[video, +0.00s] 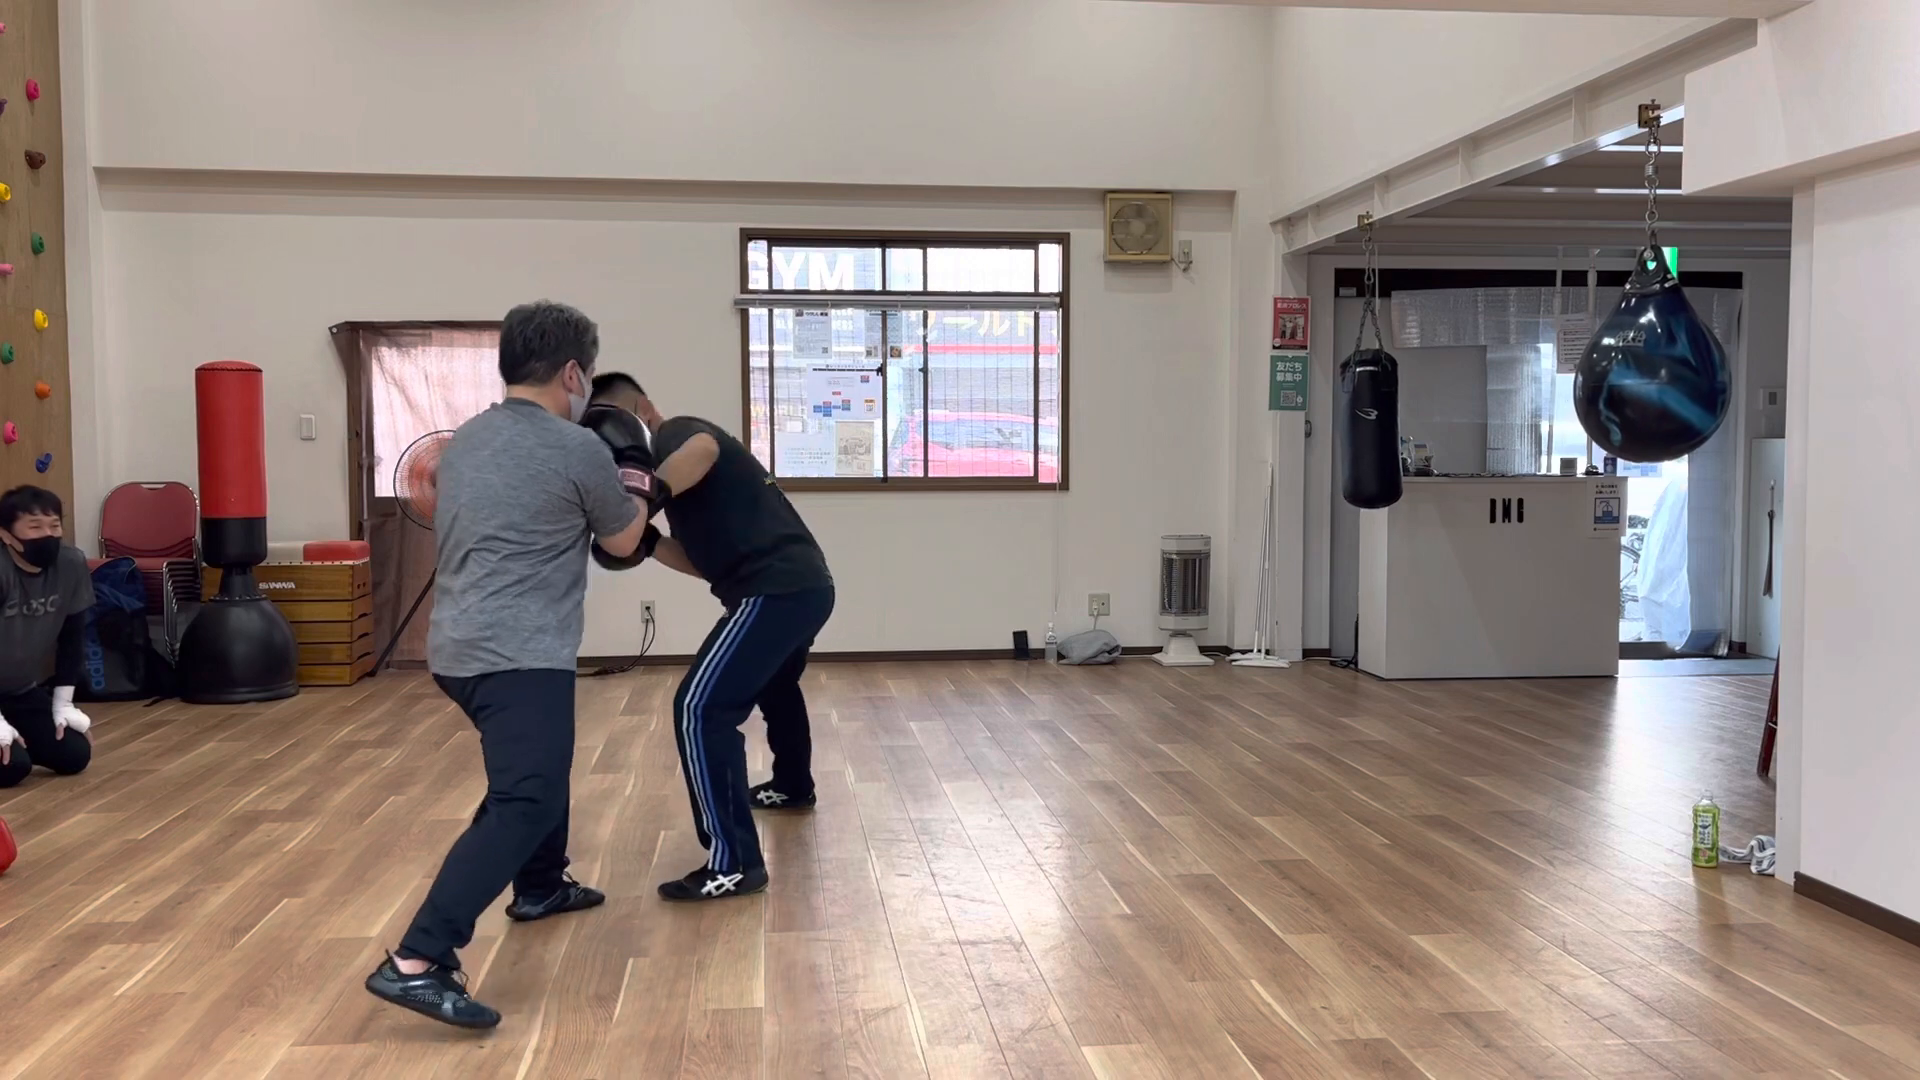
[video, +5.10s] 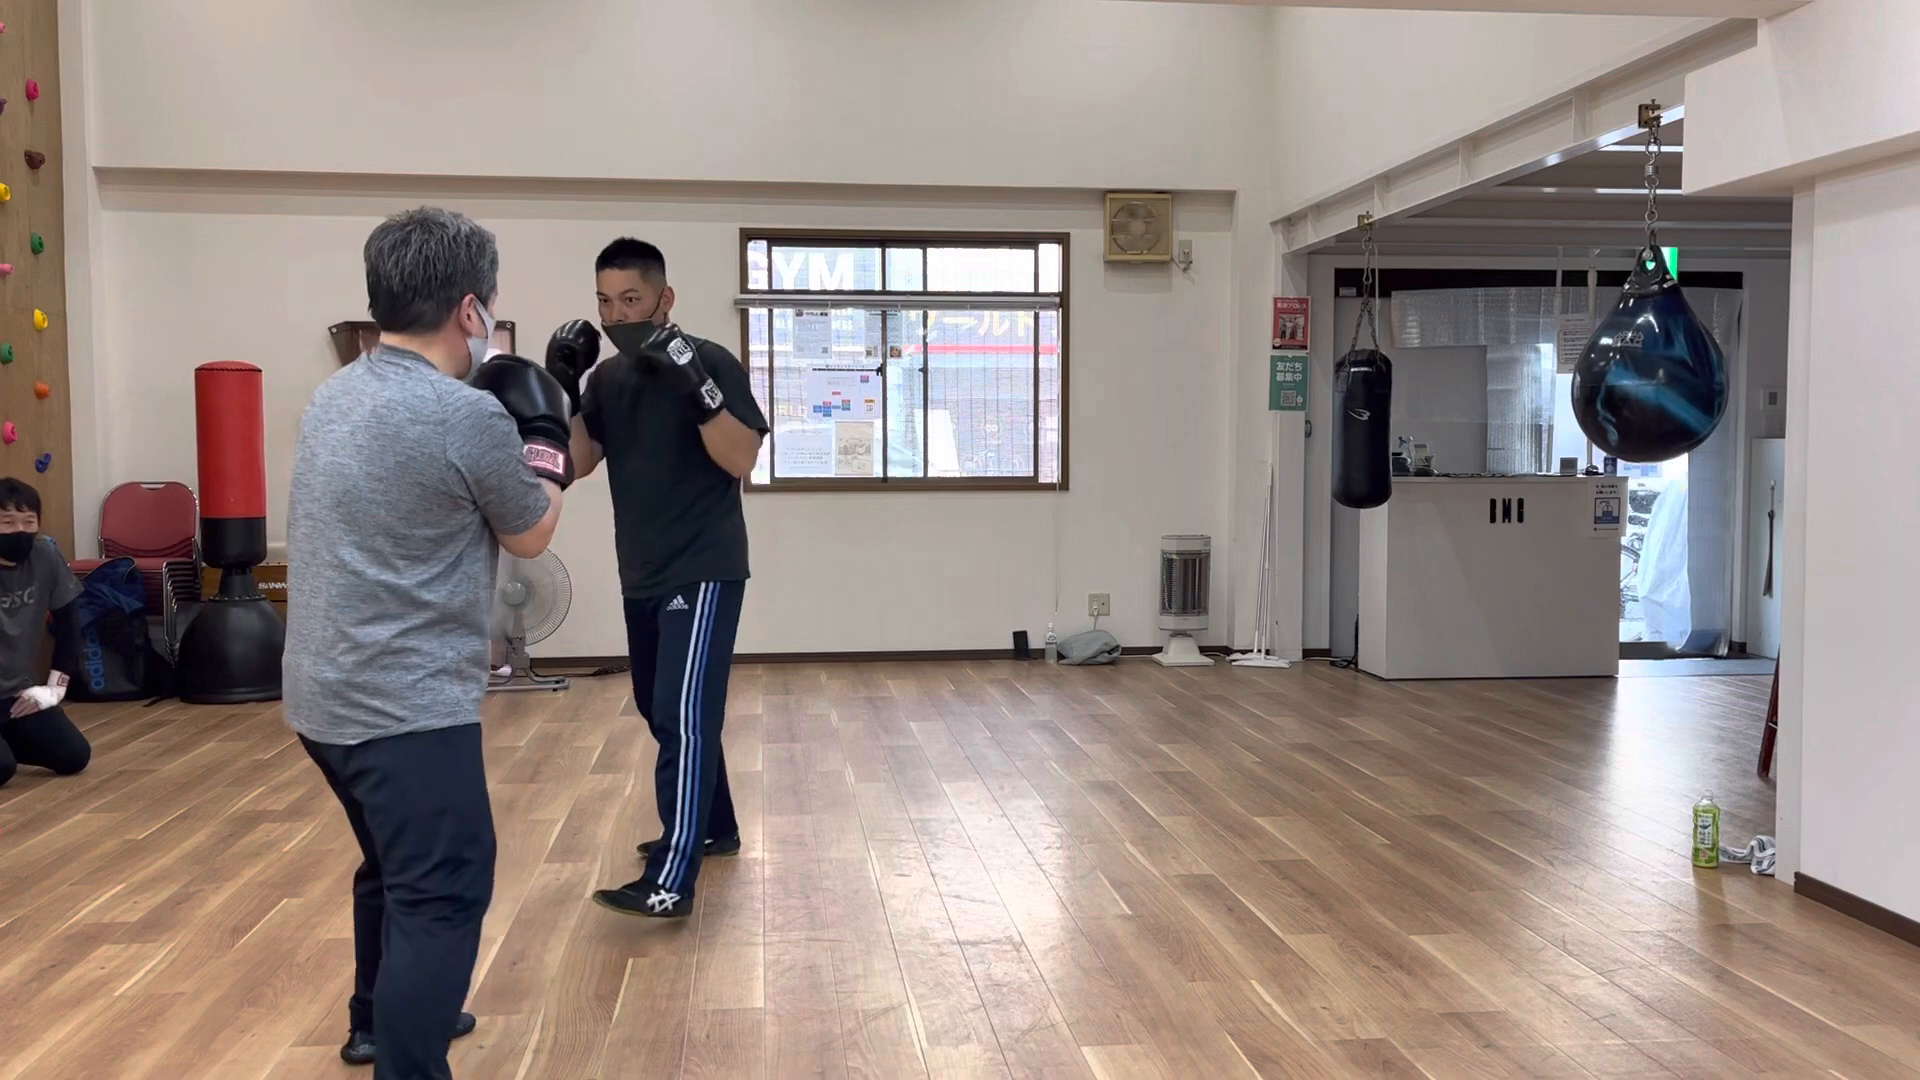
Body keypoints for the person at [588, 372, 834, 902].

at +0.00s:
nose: (609, 434)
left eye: (612, 420)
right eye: (601, 426)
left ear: (644, 410)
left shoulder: (676, 432)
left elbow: (703, 447)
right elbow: (708, 564)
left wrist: (653, 483)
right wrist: (641, 537)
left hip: (774, 590)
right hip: (799, 587)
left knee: (698, 710)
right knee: (778, 689)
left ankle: (733, 865)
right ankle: (794, 784)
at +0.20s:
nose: (644, 366)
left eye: (652, 353)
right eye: (636, 359)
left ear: (687, 346)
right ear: (633, 364)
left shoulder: (722, 384)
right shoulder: (670, 418)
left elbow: (773, 418)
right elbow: (669, 503)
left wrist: (694, 411)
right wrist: (630, 448)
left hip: (777, 555)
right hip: (745, 562)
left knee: (736, 680)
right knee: (756, 673)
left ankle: (731, 842)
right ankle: (792, 783)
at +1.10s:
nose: (618, 345)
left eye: (629, 331)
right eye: (610, 334)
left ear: (666, 327)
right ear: (608, 334)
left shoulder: (691, 379)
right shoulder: (639, 396)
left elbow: (679, 425)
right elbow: (597, 460)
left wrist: (595, 400)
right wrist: (580, 389)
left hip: (704, 564)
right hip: (676, 566)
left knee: (648, 692)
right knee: (687, 674)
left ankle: (656, 854)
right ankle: (760, 767)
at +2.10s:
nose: (599, 334)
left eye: (608, 320)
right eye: (595, 323)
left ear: (651, 316)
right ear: (633, 324)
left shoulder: (670, 369)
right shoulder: (645, 377)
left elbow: (644, 429)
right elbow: (604, 451)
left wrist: (563, 390)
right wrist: (581, 382)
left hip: (686, 567)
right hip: (705, 562)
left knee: (633, 699)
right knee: (709, 686)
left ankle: (652, 862)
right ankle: (750, 803)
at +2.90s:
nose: (613, 320)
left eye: (624, 306)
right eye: (603, 310)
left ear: (658, 303)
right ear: (594, 314)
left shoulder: (687, 356)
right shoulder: (610, 394)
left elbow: (699, 393)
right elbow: (582, 473)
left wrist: (620, 333)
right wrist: (555, 398)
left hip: (687, 574)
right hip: (641, 578)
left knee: (641, 719)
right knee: (671, 706)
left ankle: (654, 895)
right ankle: (750, 813)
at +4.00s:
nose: (605, 345)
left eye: (617, 331)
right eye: (594, 334)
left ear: (650, 324)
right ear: (584, 334)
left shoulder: (693, 383)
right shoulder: (593, 391)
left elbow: (712, 476)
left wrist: (668, 398)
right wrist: (553, 397)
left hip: (696, 573)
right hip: (631, 577)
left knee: (680, 717)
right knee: (620, 707)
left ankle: (696, 880)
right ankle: (670, 812)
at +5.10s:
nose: (618, 313)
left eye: (631, 299)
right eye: (607, 302)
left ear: (666, 298)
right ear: (598, 306)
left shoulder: (709, 363)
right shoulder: (606, 378)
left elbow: (742, 461)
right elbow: (569, 467)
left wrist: (695, 381)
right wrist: (559, 381)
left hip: (705, 565)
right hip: (644, 569)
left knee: (682, 713)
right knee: (659, 704)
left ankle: (671, 882)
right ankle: (714, 825)